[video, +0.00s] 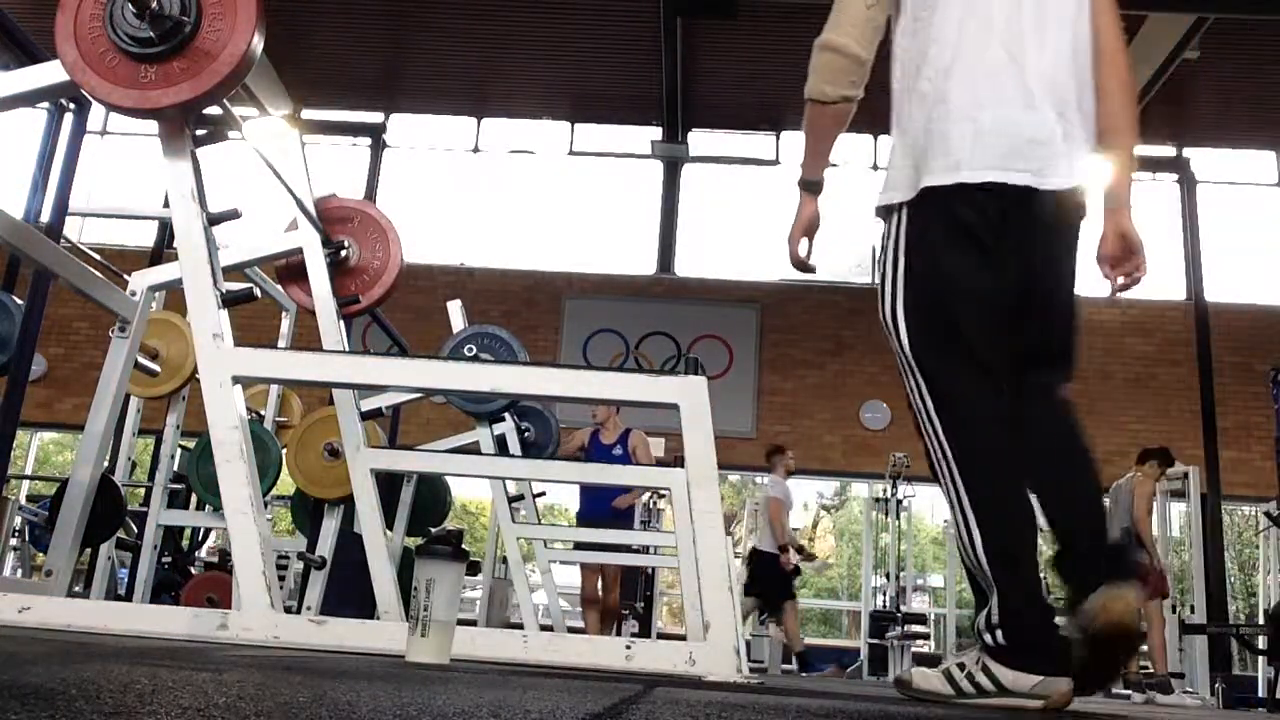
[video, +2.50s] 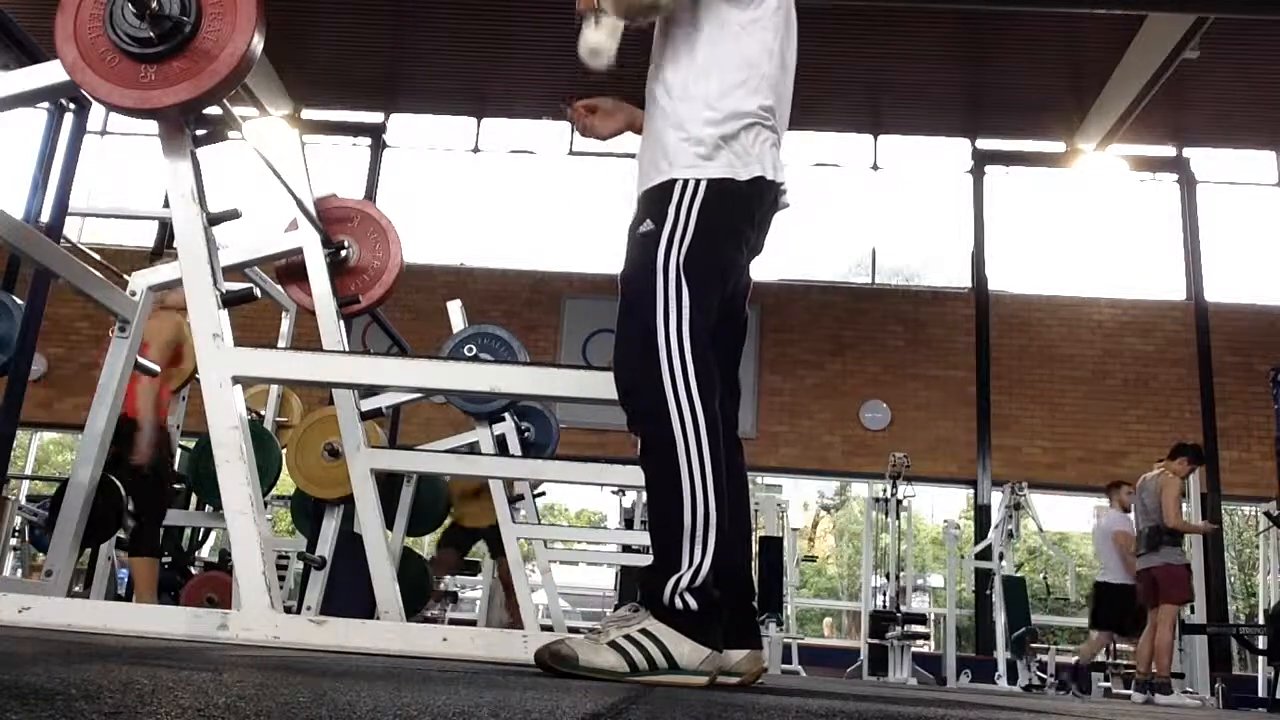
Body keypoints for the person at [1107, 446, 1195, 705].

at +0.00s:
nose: (1160, 478)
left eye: (1162, 474)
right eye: (1161, 472)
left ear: (1140, 464)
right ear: (1153, 466)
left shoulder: (1118, 485)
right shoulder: (1144, 482)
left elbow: (1114, 524)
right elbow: (1141, 520)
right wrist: (1155, 555)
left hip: (1118, 560)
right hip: (1139, 559)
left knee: (1127, 621)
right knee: (1156, 621)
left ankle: (1131, 679)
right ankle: (1163, 680)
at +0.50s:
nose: (1157, 480)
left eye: (1159, 476)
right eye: (1159, 474)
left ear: (1139, 465)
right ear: (1152, 466)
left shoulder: (1116, 487)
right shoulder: (1144, 481)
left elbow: (1114, 528)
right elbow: (1136, 513)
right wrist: (1152, 552)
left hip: (1118, 565)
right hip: (1139, 561)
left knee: (1130, 623)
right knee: (1157, 620)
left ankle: (1133, 682)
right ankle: (1163, 682)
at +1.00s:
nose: (1157, 481)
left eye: (1160, 477)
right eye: (1159, 475)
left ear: (1140, 465)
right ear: (1152, 467)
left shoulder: (1118, 485)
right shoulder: (1141, 477)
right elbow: (1126, 493)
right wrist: (1151, 531)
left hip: (1118, 561)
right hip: (1137, 559)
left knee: (1132, 619)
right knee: (1160, 616)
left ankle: (1133, 682)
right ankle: (1164, 682)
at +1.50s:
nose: (1164, 480)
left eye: (1168, 477)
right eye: (1166, 474)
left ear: (1153, 464)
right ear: (1158, 465)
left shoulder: (1128, 481)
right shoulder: (1142, 481)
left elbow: (1126, 520)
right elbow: (1129, 512)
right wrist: (1163, 531)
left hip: (1123, 560)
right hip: (1140, 559)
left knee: (1135, 619)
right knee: (1159, 616)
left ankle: (1134, 684)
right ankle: (1163, 684)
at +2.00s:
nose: (1178, 476)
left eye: (1180, 472)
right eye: (1179, 471)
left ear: (1163, 460)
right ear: (1170, 462)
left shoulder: (1133, 481)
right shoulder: (1157, 481)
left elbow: (1136, 523)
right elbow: (1158, 520)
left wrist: (1168, 529)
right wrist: (1189, 528)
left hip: (1135, 562)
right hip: (1156, 561)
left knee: (1143, 623)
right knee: (1161, 624)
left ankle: (1137, 686)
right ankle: (1163, 687)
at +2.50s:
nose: (1188, 476)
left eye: (1191, 472)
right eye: (1190, 471)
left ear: (1174, 459)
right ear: (1182, 462)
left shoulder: (1143, 480)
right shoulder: (1170, 480)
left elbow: (1141, 524)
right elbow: (1172, 521)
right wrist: (1200, 527)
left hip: (1146, 563)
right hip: (1168, 562)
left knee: (1152, 624)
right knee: (1166, 624)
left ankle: (1140, 685)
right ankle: (1163, 687)